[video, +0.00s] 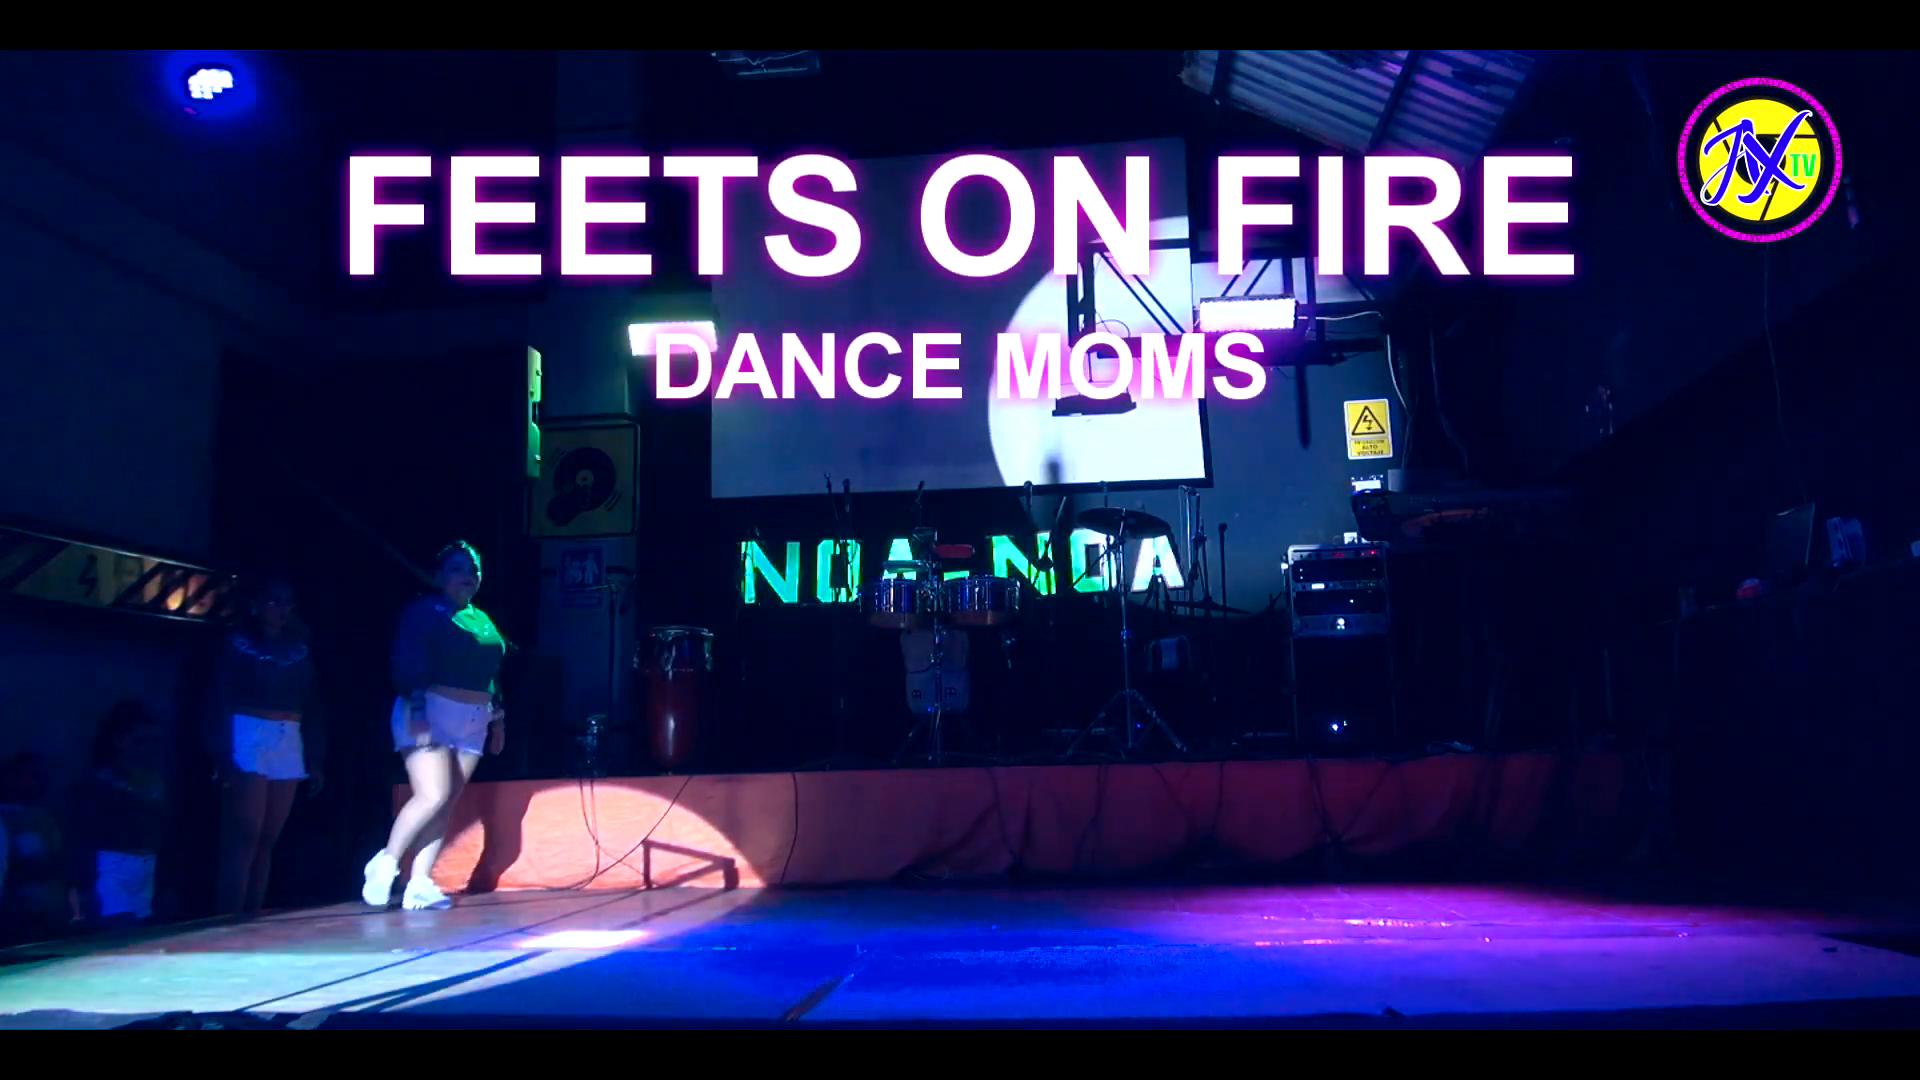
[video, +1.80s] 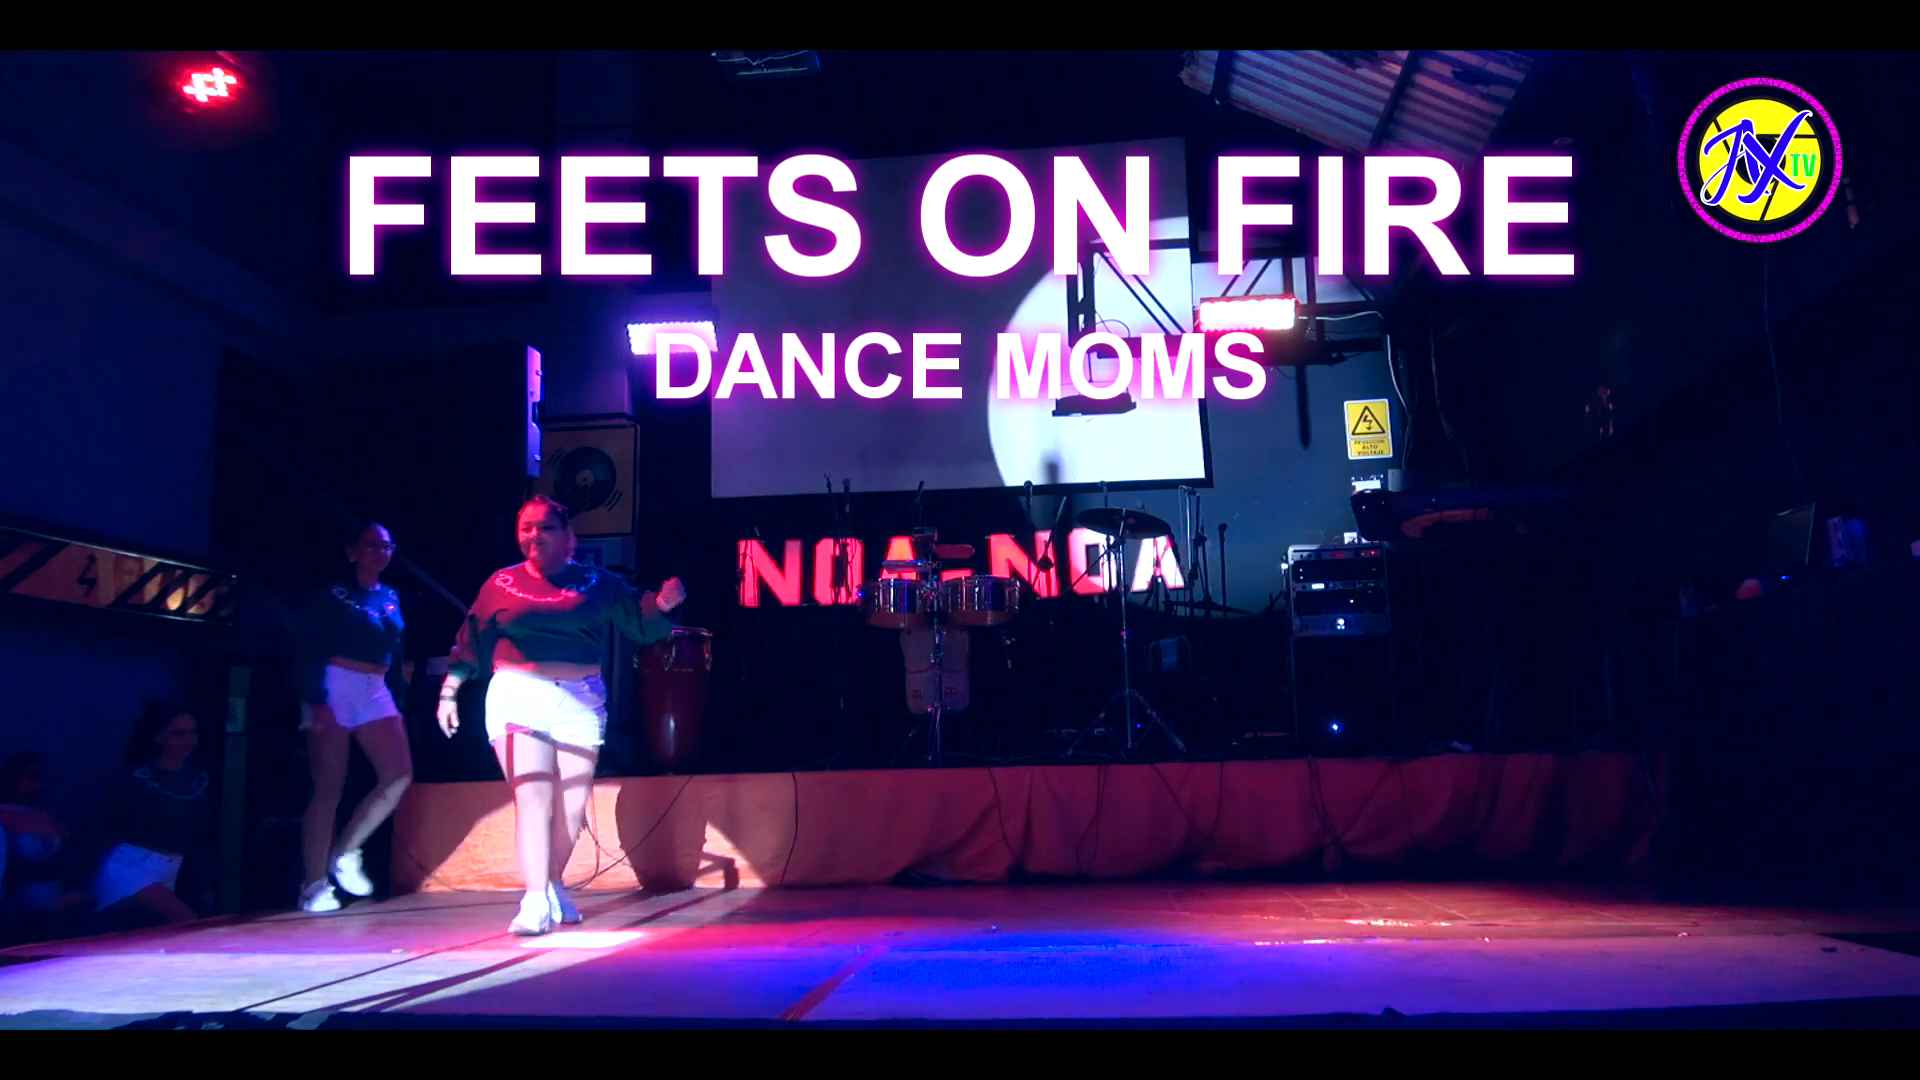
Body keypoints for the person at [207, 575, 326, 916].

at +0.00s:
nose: (280, 611)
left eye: (286, 604)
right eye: (274, 603)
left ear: (293, 609)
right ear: (258, 605)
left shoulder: (298, 647)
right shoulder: (239, 641)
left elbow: (310, 705)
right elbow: (222, 698)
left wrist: (313, 758)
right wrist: (223, 755)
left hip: (290, 733)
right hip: (251, 730)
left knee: (271, 834)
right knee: (248, 828)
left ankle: (255, 912)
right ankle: (232, 911)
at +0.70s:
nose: (295, 610)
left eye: (299, 603)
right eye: (288, 602)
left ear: (304, 609)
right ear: (269, 606)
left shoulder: (310, 652)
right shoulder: (249, 647)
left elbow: (322, 708)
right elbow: (228, 699)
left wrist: (324, 760)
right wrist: (227, 750)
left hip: (300, 736)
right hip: (258, 733)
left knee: (293, 822)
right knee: (288, 813)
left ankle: (263, 906)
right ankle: (244, 894)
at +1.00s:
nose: (305, 610)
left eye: (309, 603)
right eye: (298, 602)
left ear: (313, 610)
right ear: (280, 606)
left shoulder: (320, 653)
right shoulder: (257, 647)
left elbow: (333, 710)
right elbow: (235, 699)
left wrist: (335, 758)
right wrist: (229, 750)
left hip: (308, 734)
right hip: (265, 730)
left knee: (288, 817)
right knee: (323, 783)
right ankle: (293, 873)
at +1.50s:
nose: (348, 577)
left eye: (353, 571)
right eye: (340, 571)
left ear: (360, 577)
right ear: (322, 577)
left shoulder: (365, 625)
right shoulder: (298, 617)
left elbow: (379, 682)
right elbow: (272, 676)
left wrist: (385, 730)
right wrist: (266, 735)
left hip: (343, 716)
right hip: (300, 707)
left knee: (330, 808)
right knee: (332, 795)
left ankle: (276, 897)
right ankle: (315, 887)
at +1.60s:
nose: (358, 565)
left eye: (363, 559)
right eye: (349, 559)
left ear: (369, 568)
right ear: (331, 566)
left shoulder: (372, 614)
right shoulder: (307, 604)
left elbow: (384, 670)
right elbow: (282, 663)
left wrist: (392, 716)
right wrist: (276, 722)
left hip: (353, 704)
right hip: (309, 695)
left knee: (359, 799)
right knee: (329, 789)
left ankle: (283, 867)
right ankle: (314, 886)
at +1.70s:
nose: (370, 558)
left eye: (374, 552)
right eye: (362, 552)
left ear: (379, 560)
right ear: (342, 558)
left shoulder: (380, 606)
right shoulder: (318, 598)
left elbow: (389, 665)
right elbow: (295, 657)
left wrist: (394, 711)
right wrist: (292, 713)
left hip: (364, 694)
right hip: (322, 688)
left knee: (378, 787)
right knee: (329, 789)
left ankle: (308, 841)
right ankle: (315, 885)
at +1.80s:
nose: (381, 552)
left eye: (385, 546)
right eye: (373, 545)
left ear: (391, 554)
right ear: (353, 551)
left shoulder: (388, 597)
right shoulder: (331, 591)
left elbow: (394, 655)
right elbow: (310, 646)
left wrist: (395, 702)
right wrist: (313, 701)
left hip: (375, 685)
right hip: (334, 681)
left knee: (398, 774)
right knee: (329, 787)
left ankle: (346, 853)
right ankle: (314, 884)